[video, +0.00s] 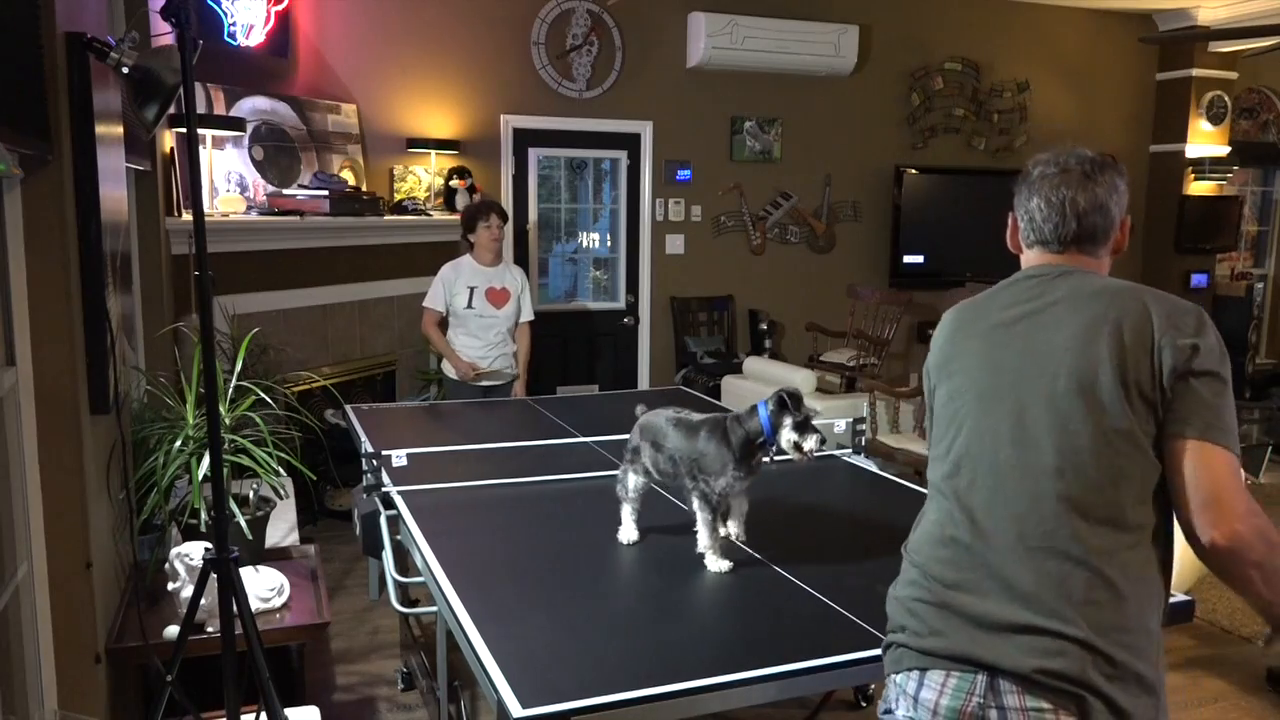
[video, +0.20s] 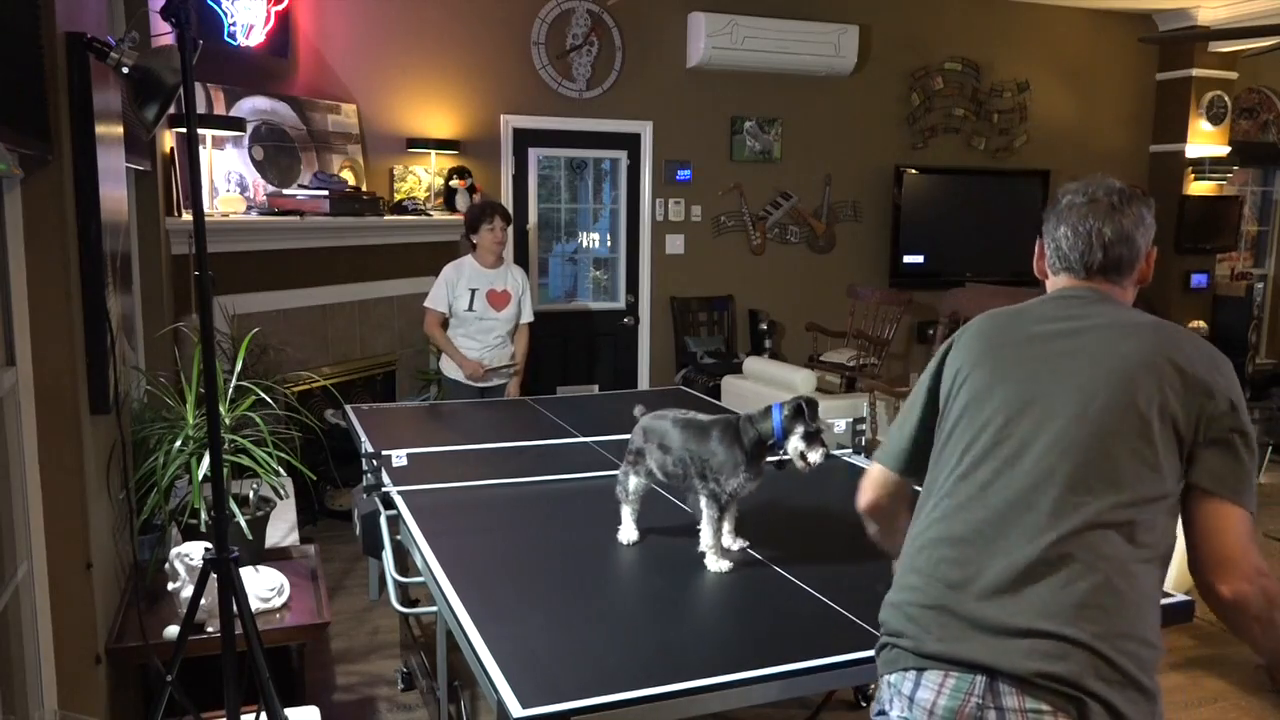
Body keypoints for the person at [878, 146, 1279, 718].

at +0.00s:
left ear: (1013, 233)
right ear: (1121, 236)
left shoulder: (953, 326)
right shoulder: (1173, 326)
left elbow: (944, 467)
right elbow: (1221, 527)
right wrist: (1277, 614)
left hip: (923, 681)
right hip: (1074, 692)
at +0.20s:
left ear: (1039, 260)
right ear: (1148, 266)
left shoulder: (971, 339)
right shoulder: (1196, 363)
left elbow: (876, 499)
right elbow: (1231, 580)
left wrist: (934, 572)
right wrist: (1275, 660)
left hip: (920, 685)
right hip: (1075, 697)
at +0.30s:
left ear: (1042, 265)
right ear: (1148, 274)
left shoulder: (966, 343)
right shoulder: (1195, 374)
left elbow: (848, 482)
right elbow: (1223, 587)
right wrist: (1268, 648)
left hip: (929, 688)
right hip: (1091, 696)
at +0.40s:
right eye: (1155, 260)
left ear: (1041, 263)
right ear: (1149, 272)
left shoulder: (965, 340)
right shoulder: (1203, 378)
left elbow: (852, 472)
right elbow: (1201, 556)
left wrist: (833, 588)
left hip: (952, 690)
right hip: (1125, 700)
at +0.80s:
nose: (1087, 229)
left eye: (1091, 210)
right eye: (1088, 210)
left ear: (1117, 216)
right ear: (1218, 237)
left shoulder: (1083, 337)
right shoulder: (1267, 343)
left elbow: (1034, 532)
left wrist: (925, 612)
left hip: (1127, 690)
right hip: (1262, 691)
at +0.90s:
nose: (1103, 231)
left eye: (1108, 212)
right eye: (1104, 211)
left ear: (1142, 216)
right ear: (1238, 229)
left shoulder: (1121, 345)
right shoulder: (1271, 330)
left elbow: (1110, 565)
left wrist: (981, 643)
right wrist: (1077, 439)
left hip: (1162, 696)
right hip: (1266, 685)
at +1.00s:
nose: (1110, 231)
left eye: (1117, 212)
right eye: (1113, 212)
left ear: (1156, 216)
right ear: (1245, 222)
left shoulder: (1147, 352)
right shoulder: (1269, 324)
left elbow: (1158, 589)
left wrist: (1032, 665)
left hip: (1196, 700)